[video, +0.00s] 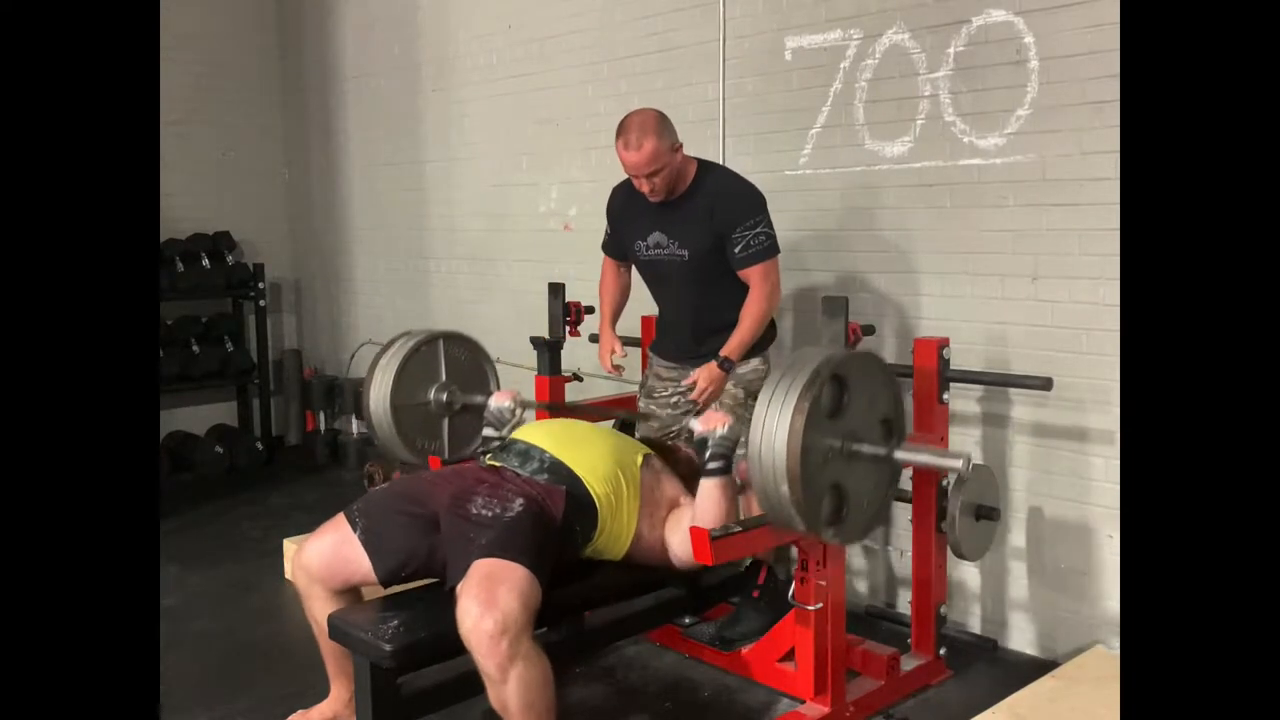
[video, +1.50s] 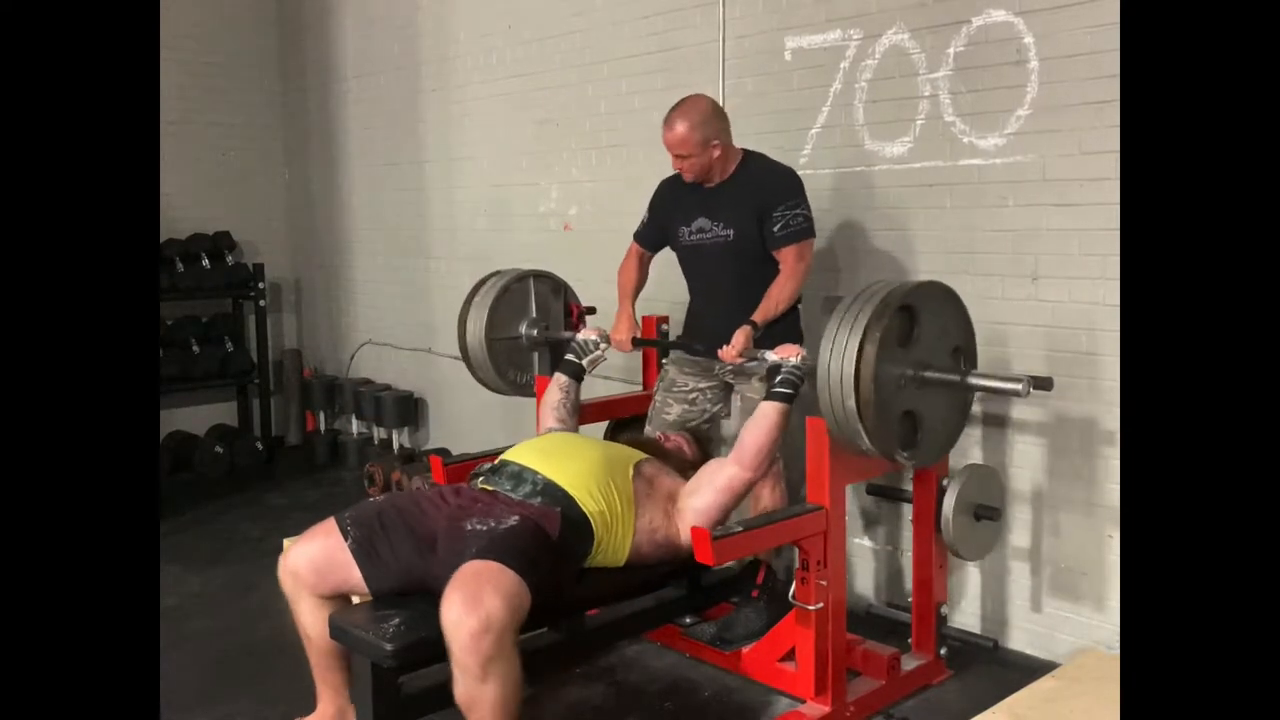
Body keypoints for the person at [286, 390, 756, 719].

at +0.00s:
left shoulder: (672, 504)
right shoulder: (582, 440)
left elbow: (710, 543)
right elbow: (515, 460)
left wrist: (717, 453)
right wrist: (503, 426)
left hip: (523, 498)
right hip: (463, 474)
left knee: (490, 627)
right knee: (311, 562)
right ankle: (342, 700)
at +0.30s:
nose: (680, 435)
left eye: (689, 436)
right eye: (676, 430)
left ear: (699, 462)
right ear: (659, 434)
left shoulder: (671, 515)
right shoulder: (585, 450)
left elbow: (717, 468)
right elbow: (523, 445)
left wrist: (731, 387)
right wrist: (514, 373)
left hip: (525, 507)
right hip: (455, 486)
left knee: (487, 625)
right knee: (308, 560)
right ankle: (342, 698)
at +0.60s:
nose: (680, 437)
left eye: (690, 437)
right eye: (676, 430)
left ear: (698, 460)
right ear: (658, 434)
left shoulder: (673, 513)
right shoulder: (586, 447)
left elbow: (718, 459)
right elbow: (531, 435)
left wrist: (737, 380)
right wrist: (525, 364)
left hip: (528, 505)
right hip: (459, 483)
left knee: (489, 625)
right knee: (309, 563)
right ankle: (342, 697)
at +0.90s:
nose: (671, 437)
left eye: (684, 438)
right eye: (669, 433)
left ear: (690, 463)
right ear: (653, 440)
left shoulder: (672, 510)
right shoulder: (585, 448)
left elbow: (724, 447)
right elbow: (552, 416)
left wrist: (756, 367)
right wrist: (544, 347)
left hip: (524, 510)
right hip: (462, 484)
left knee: (485, 629)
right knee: (306, 563)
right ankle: (341, 697)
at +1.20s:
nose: (679, 442)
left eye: (690, 446)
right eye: (674, 439)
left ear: (700, 468)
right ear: (654, 444)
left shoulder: (683, 507)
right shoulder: (595, 447)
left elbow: (742, 455)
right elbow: (571, 411)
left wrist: (779, 377)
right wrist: (575, 342)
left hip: (531, 511)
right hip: (465, 482)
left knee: (488, 628)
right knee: (310, 562)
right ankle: (340, 700)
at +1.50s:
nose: (672, 435)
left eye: (684, 439)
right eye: (665, 431)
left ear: (694, 468)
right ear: (645, 440)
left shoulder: (679, 502)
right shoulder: (587, 449)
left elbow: (746, 466)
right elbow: (555, 418)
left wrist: (780, 385)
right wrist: (572, 359)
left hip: (530, 523)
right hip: (460, 497)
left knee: (472, 618)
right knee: (299, 563)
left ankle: (489, 715)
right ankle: (332, 706)